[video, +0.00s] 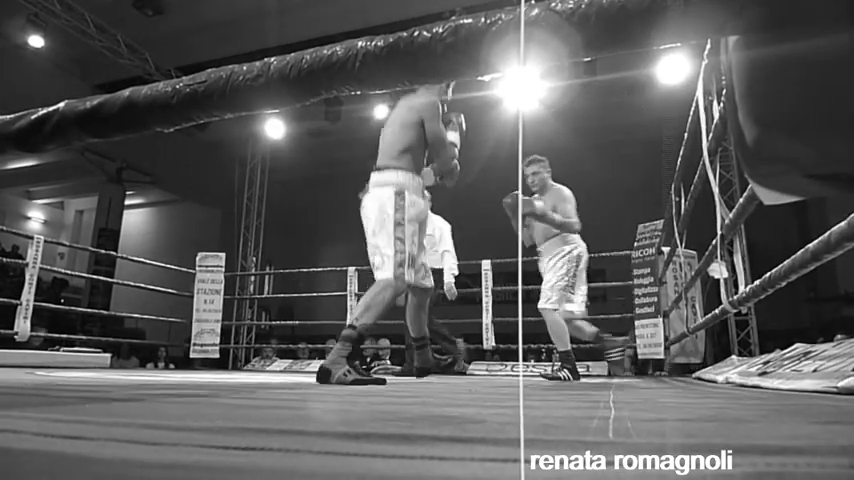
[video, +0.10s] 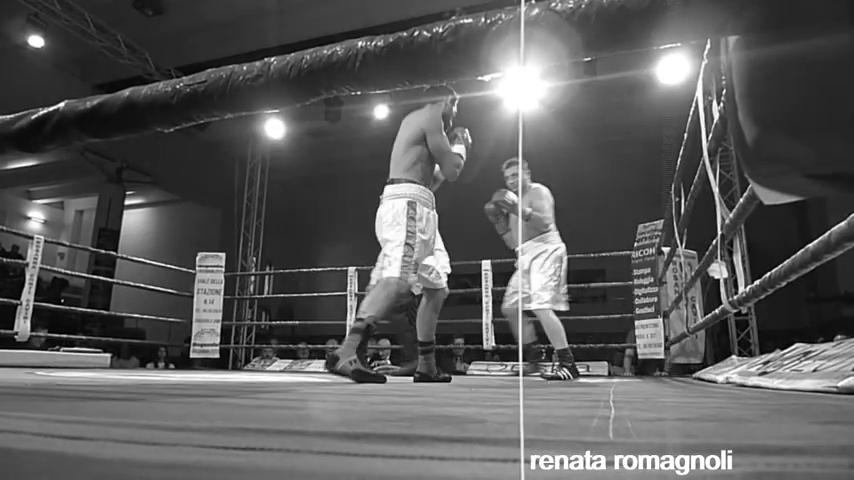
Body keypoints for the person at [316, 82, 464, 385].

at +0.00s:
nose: (451, 92)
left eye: (452, 86)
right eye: (451, 85)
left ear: (421, 81)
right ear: (443, 82)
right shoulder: (427, 103)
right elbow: (445, 162)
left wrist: (441, 166)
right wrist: (455, 135)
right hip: (397, 193)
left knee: (421, 284)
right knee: (396, 279)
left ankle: (421, 359)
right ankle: (337, 359)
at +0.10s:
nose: (454, 111)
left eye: (455, 105)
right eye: (452, 104)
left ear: (432, 99)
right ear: (441, 101)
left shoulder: (418, 127)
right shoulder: (429, 117)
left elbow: (426, 185)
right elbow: (452, 168)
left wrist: (452, 156)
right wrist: (461, 145)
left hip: (420, 209)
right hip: (407, 205)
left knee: (435, 290)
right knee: (397, 280)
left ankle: (425, 366)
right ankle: (346, 353)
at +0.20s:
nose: (456, 119)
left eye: (456, 114)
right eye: (456, 113)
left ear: (435, 109)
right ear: (449, 110)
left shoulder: (421, 130)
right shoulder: (435, 125)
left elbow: (441, 177)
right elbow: (458, 174)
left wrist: (459, 150)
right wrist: (468, 151)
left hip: (416, 211)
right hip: (408, 209)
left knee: (440, 292)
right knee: (424, 282)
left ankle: (426, 367)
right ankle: (366, 347)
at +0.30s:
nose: (464, 126)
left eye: (465, 121)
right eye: (464, 121)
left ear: (443, 113)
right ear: (457, 117)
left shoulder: (429, 131)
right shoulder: (444, 128)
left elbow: (452, 174)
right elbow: (463, 179)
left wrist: (463, 153)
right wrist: (472, 156)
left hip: (411, 208)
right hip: (411, 207)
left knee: (442, 284)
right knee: (439, 282)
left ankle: (425, 356)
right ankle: (391, 348)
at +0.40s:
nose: (472, 143)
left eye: (472, 139)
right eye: (472, 138)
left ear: (448, 132)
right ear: (467, 134)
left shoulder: (428, 152)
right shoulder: (457, 149)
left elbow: (418, 194)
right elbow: (479, 192)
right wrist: (486, 169)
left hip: (406, 221)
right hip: (423, 223)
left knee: (436, 294)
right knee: (448, 294)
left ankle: (430, 360)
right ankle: (396, 355)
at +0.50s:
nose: (470, 166)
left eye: (468, 162)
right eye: (469, 162)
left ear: (443, 157)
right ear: (466, 159)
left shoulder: (422, 176)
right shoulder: (464, 171)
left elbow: (403, 215)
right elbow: (482, 215)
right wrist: (488, 184)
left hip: (405, 242)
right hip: (429, 243)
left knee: (440, 307)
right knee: (464, 313)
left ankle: (432, 364)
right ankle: (407, 352)